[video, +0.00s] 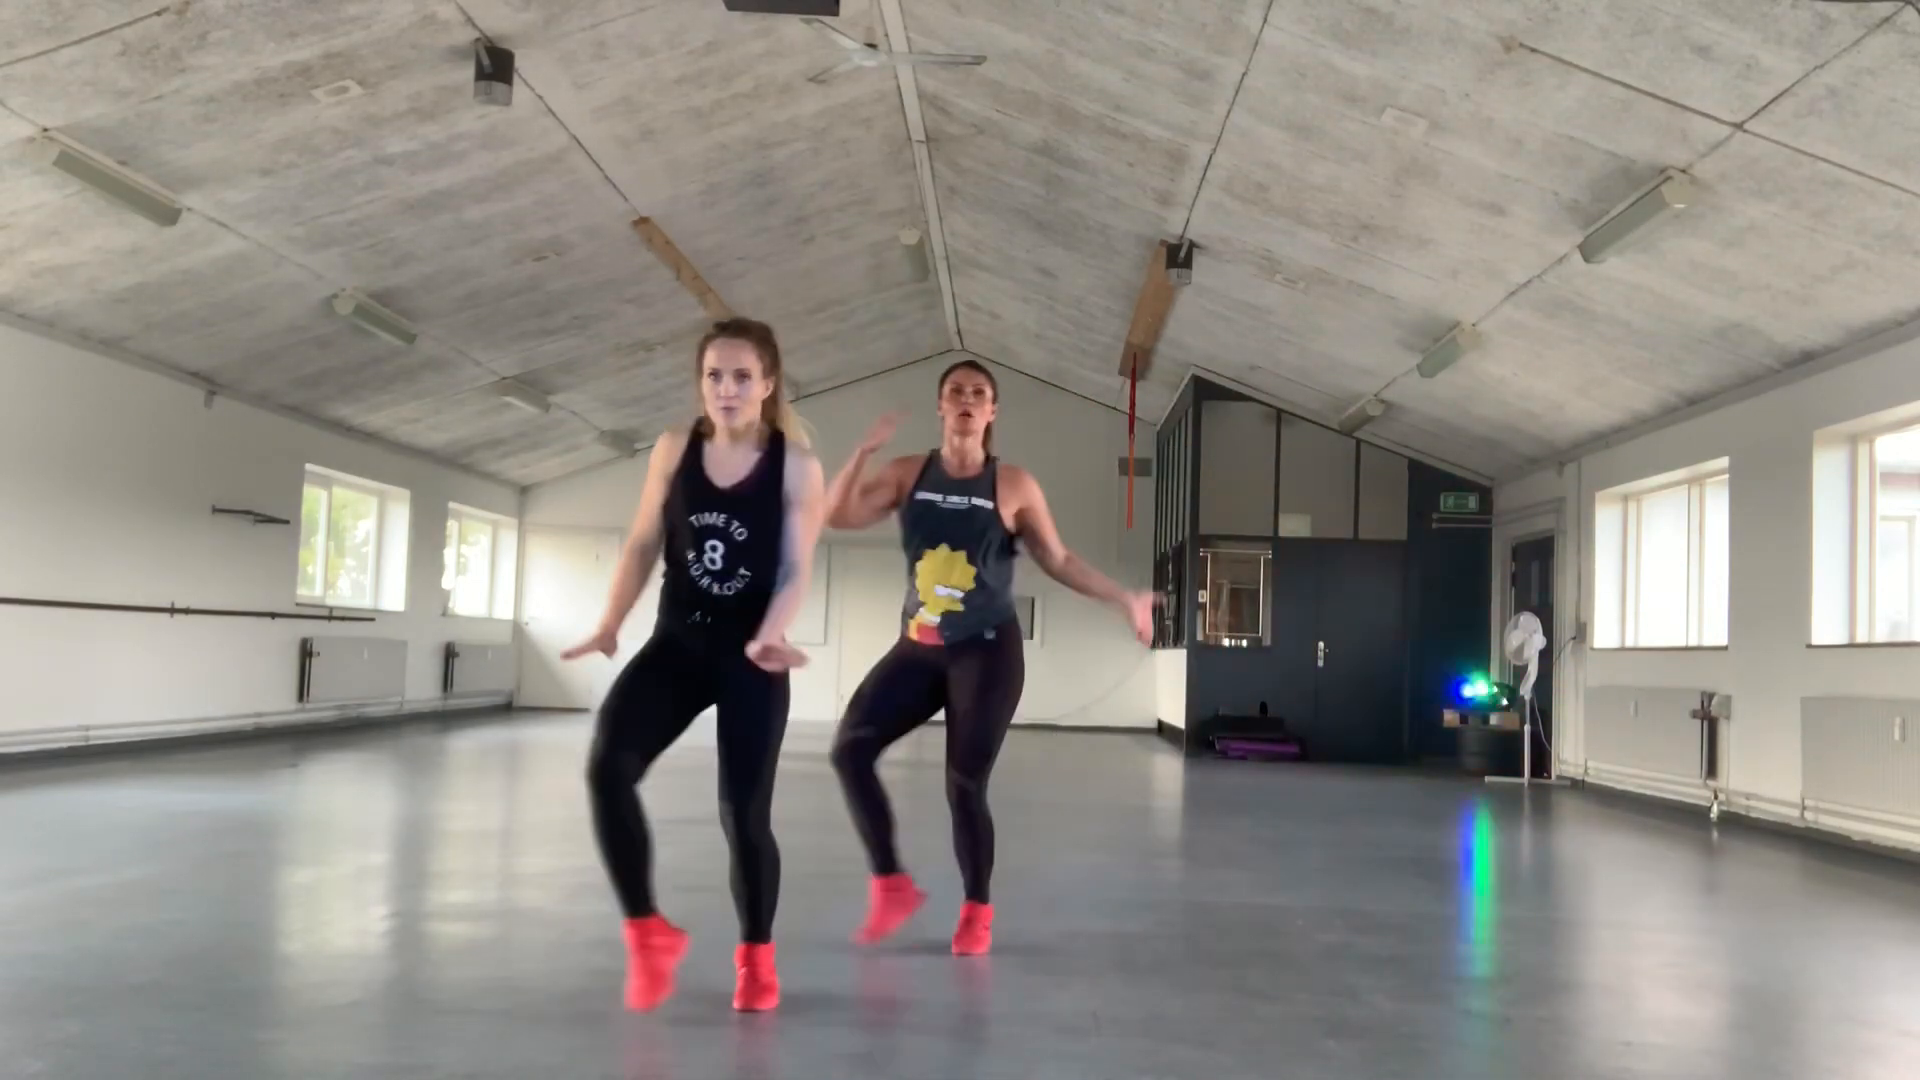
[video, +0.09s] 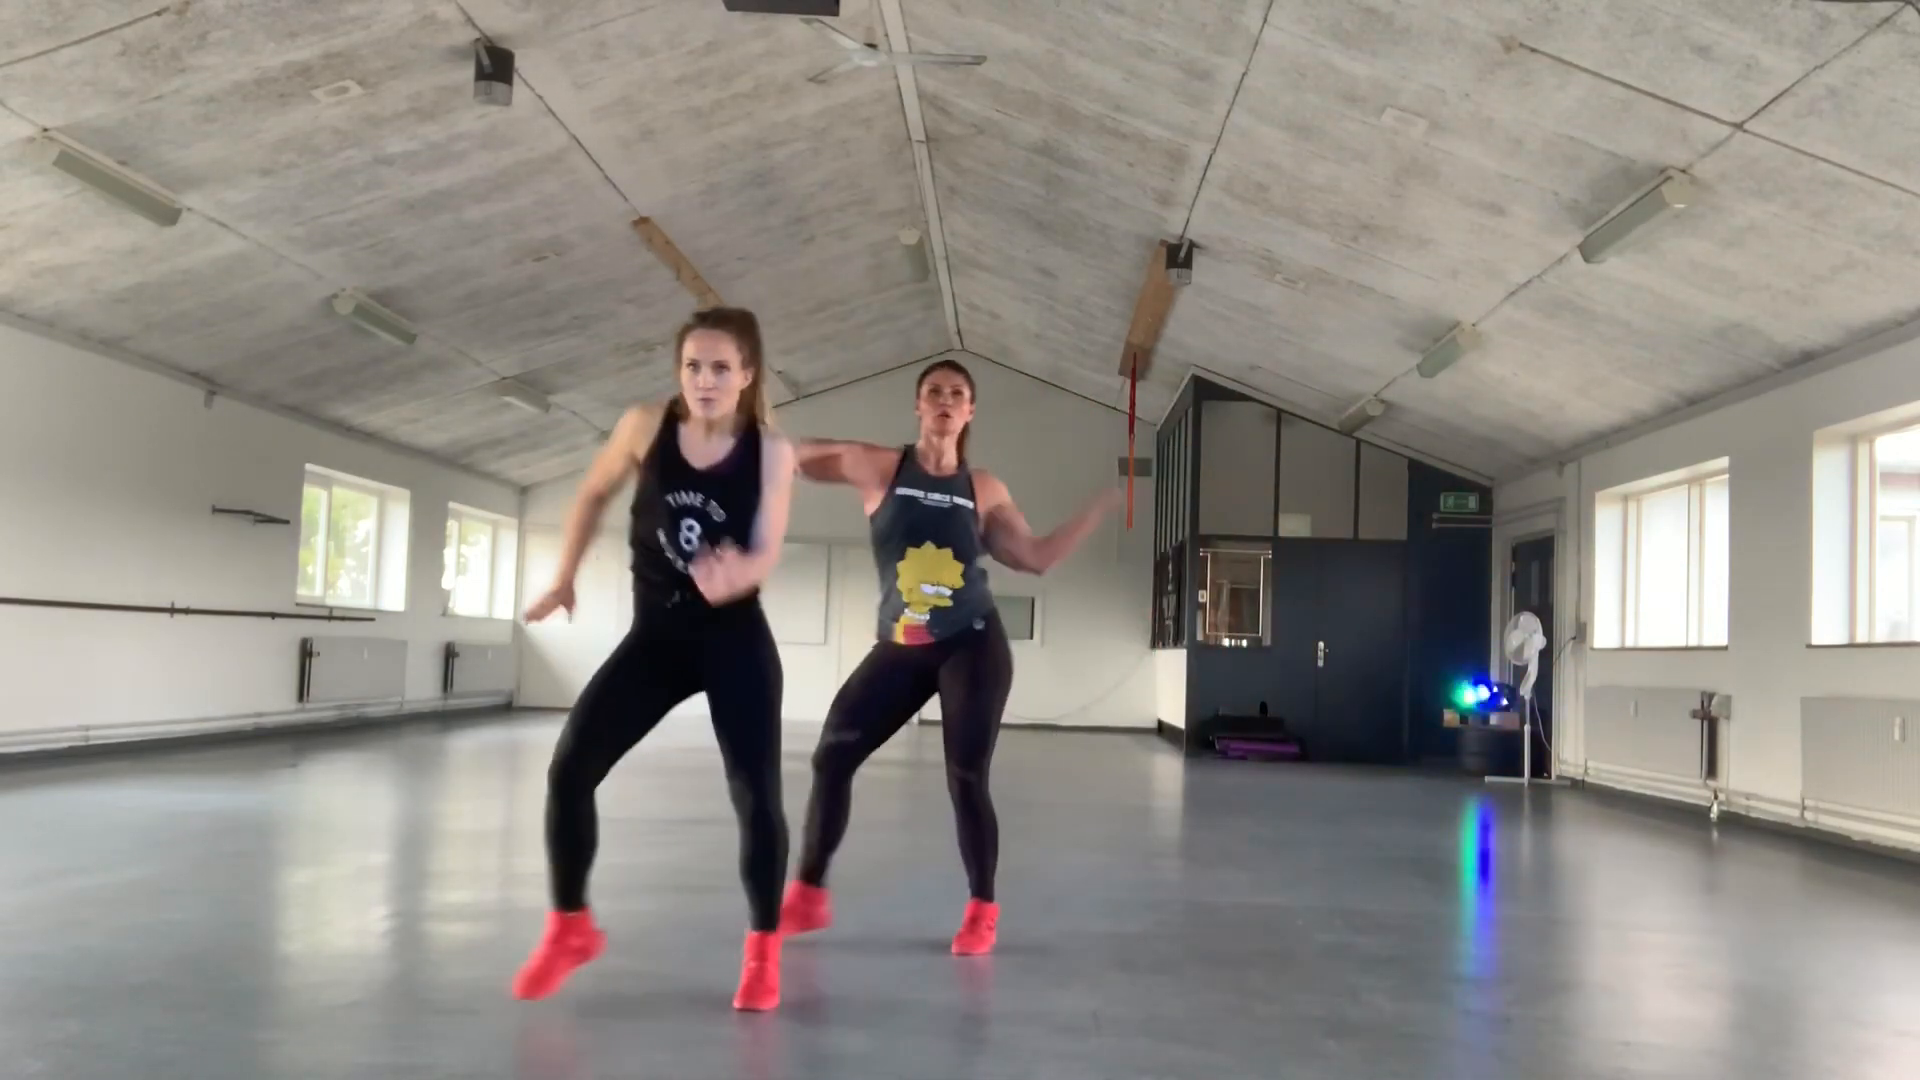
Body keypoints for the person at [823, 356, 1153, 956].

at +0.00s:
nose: (966, 402)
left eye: (977, 394)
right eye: (956, 393)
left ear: (994, 410)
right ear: (939, 406)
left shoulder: (1014, 486)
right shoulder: (907, 474)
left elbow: (1059, 561)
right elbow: (839, 515)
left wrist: (1126, 598)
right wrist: (860, 454)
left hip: (986, 650)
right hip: (920, 649)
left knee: (965, 783)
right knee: (850, 751)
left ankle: (976, 907)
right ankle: (891, 884)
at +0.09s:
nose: (946, 402)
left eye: (957, 395)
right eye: (936, 393)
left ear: (970, 412)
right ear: (916, 405)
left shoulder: (983, 489)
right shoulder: (874, 465)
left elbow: (1034, 556)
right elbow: (783, 458)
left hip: (972, 645)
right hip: (900, 648)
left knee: (966, 775)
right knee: (833, 754)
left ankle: (982, 905)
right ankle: (808, 891)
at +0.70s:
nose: (872, 407)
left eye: (885, 400)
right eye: (862, 399)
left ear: (902, 414)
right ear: (849, 413)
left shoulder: (922, 465)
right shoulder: (826, 473)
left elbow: (974, 390)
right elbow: (800, 384)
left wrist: (939, 324)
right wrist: (833, 313)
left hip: (912, 647)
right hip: (845, 654)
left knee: (921, 780)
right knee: (778, 751)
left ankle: (956, 905)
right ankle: (775, 903)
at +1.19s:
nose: (857, 414)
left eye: (868, 405)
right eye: (845, 406)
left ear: (886, 421)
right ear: (831, 419)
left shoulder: (910, 476)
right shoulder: (804, 471)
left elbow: (931, 390)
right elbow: (744, 412)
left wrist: (874, 334)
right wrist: (742, 344)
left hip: (864, 658)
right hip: (792, 646)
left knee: (926, 771)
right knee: (769, 773)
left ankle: (913, 915)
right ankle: (734, 899)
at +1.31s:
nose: (855, 419)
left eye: (865, 410)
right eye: (843, 410)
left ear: (884, 423)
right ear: (829, 423)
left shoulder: (910, 477)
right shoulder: (804, 482)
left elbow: (938, 394)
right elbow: (737, 421)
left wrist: (877, 338)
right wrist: (735, 350)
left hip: (864, 664)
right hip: (790, 653)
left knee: (927, 773)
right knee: (767, 776)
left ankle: (915, 912)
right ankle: (734, 895)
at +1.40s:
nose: (856, 415)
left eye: (867, 406)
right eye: (846, 406)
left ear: (886, 419)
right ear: (831, 419)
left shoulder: (913, 472)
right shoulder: (808, 480)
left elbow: (946, 388)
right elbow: (744, 415)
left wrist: (892, 336)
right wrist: (741, 353)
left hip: (872, 659)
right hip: (797, 650)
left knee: (927, 775)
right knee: (773, 777)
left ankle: (929, 908)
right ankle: (737, 896)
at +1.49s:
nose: (866, 406)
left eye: (877, 398)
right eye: (856, 396)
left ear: (895, 410)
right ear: (840, 408)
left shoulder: (921, 461)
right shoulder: (818, 470)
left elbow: (967, 387)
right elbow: (761, 410)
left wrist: (931, 319)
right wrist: (765, 331)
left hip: (893, 650)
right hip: (819, 648)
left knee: (915, 782)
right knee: (779, 774)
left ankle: (957, 900)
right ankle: (757, 898)